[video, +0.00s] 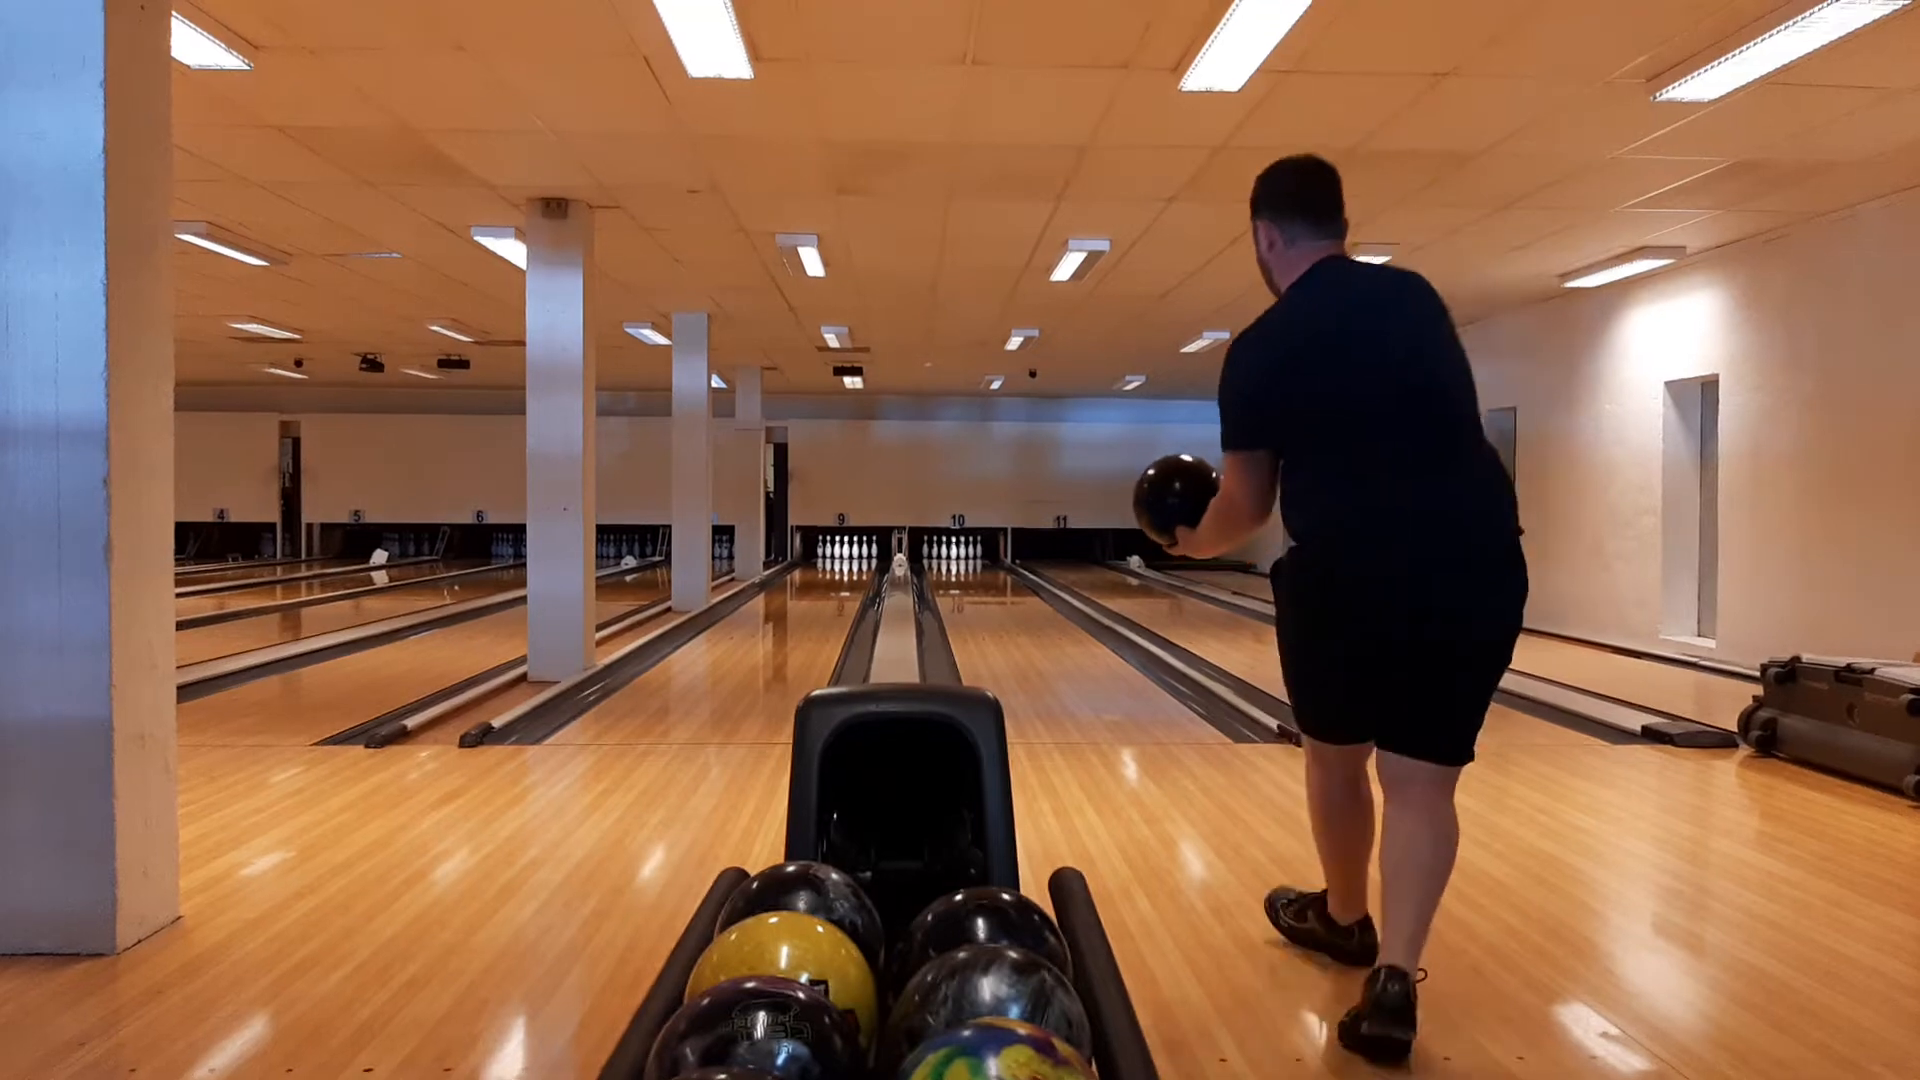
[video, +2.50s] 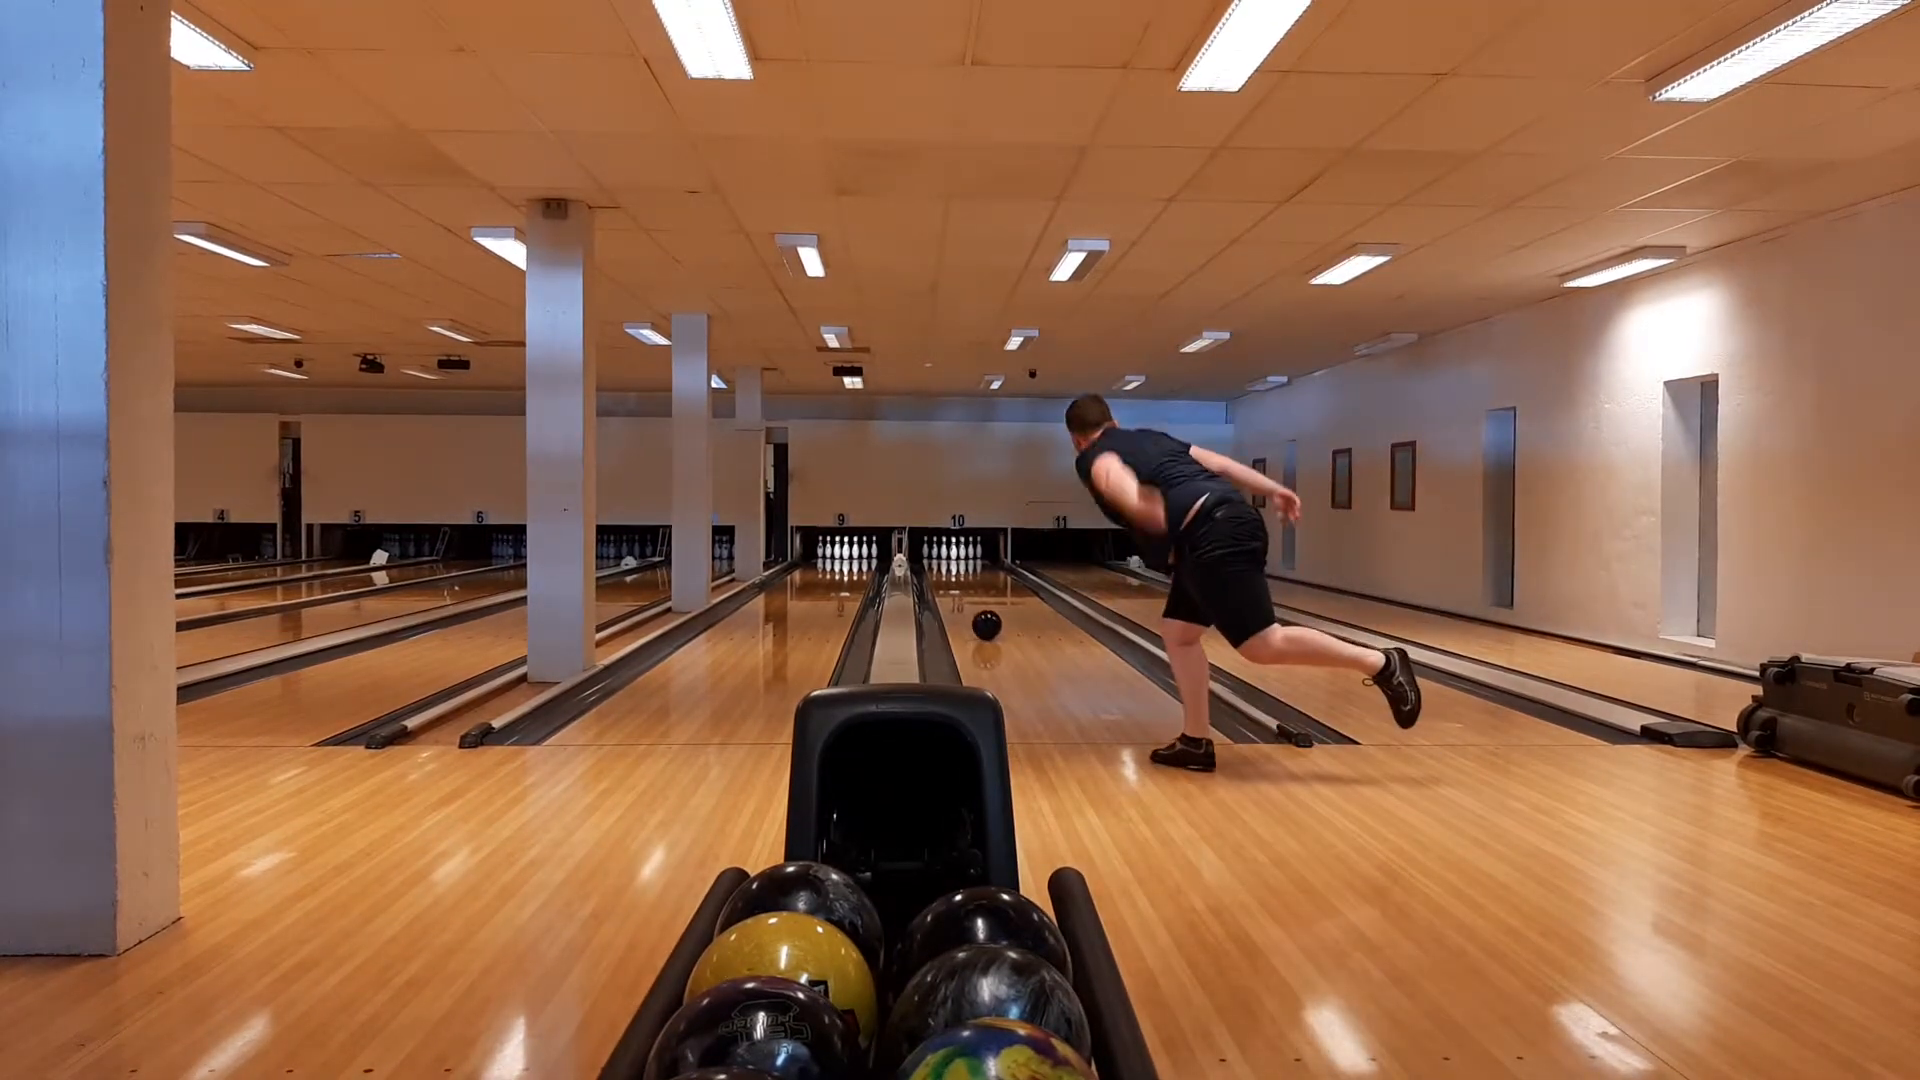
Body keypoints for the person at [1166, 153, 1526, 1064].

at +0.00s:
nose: (1254, 254)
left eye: (1252, 239)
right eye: (1259, 239)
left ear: (1264, 238)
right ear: (1342, 229)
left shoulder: (1262, 348)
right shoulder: (1416, 295)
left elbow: (1243, 506)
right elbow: (1445, 428)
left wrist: (1191, 542)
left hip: (1343, 574)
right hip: (1471, 562)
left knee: (1335, 754)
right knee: (1424, 777)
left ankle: (1344, 916)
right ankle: (1398, 983)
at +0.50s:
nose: (1191, 355)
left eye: (1186, 343)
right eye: (1190, 345)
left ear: (1192, 339)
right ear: (1259, 324)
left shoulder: (1216, 418)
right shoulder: (1324, 366)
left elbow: (1224, 561)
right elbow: (1280, 512)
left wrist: (1208, 660)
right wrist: (1217, 612)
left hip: (1348, 583)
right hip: (1456, 560)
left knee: (1308, 735)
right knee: (1384, 712)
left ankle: (1341, 913)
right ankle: (1381, 878)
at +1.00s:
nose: (1190, 359)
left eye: (1187, 345)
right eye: (1187, 348)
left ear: (1198, 335)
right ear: (1231, 327)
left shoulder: (1258, 335)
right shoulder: (1243, 412)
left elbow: (1321, 309)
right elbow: (1227, 504)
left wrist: (1362, 278)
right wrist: (1178, 567)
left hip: (1320, 524)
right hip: (1387, 522)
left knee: (1266, 676)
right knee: (1345, 697)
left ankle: (1319, 831)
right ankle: (1370, 863)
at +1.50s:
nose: (1132, 438)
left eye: (1128, 428)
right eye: (1130, 429)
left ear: (1135, 419)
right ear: (1165, 401)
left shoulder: (1177, 425)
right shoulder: (1213, 435)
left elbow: (1228, 393)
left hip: (1258, 577)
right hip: (1318, 570)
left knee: (1205, 708)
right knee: (1256, 661)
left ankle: (1283, 811)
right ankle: (1254, 782)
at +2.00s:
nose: (1082, 506)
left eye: (1079, 498)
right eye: (1086, 496)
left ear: (1085, 491)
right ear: (1117, 468)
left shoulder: (1094, 525)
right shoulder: (1159, 466)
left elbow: (1078, 578)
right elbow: (1209, 444)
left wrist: (1099, 534)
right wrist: (1251, 412)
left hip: (1215, 571)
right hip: (1257, 544)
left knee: (1301, 664)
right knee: (1185, 636)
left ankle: (1432, 632)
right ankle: (1186, 746)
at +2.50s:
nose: (1075, 447)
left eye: (1073, 440)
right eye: (1077, 440)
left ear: (1077, 436)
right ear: (1113, 425)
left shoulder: (1094, 456)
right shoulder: (1154, 437)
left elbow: (1120, 484)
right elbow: (1220, 464)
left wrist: (1146, 512)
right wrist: (1273, 488)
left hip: (1214, 525)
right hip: (1226, 518)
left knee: (1260, 642)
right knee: (1181, 633)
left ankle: (1382, 663)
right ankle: (1195, 742)